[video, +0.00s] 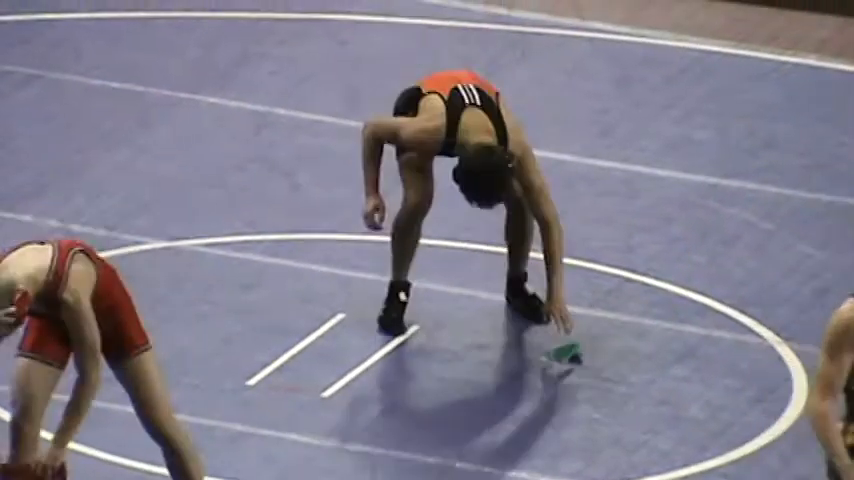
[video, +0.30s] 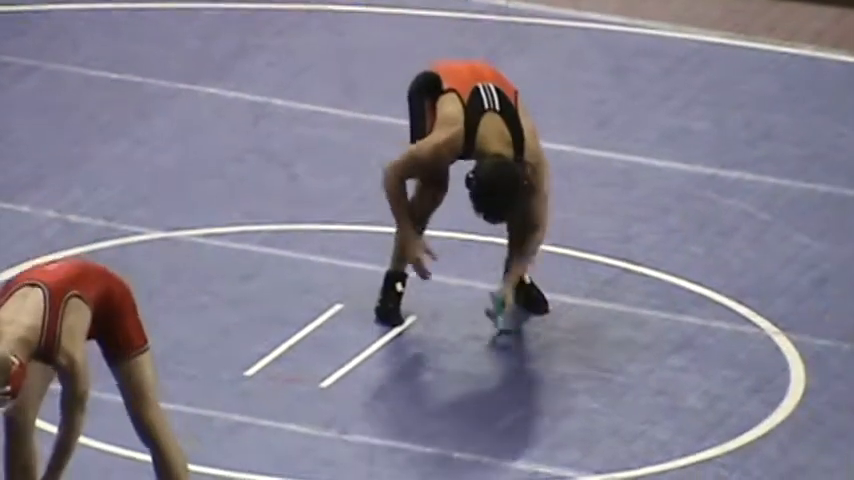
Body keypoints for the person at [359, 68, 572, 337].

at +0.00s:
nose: (488, 207)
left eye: (492, 201)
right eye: (480, 202)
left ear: (505, 173)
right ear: (460, 178)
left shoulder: (517, 148)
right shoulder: (424, 135)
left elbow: (549, 221)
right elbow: (372, 131)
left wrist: (557, 296)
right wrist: (372, 194)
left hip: (486, 98)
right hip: (423, 95)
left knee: (520, 200)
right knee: (417, 202)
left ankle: (516, 287)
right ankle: (397, 292)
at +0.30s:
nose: (496, 223)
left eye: (506, 218)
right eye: (489, 217)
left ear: (524, 183)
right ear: (471, 183)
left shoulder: (534, 159)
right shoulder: (443, 145)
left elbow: (537, 227)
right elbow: (392, 175)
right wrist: (407, 236)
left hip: (497, 86)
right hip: (435, 83)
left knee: (524, 209)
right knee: (431, 192)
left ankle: (516, 279)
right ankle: (395, 278)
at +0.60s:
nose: (478, 199)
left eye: (484, 195)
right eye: (473, 193)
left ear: (508, 165)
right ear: (462, 156)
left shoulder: (521, 140)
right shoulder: (435, 126)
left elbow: (493, 196)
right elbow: (381, 177)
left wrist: (461, 240)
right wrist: (404, 240)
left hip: (489, 71)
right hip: (425, 72)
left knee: (511, 188)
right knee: (416, 185)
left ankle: (513, 273)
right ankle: (391, 280)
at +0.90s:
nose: (451, 205)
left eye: (463, 202)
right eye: (449, 199)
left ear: (479, 176)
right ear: (438, 166)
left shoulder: (502, 145)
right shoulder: (416, 129)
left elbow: (471, 200)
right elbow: (357, 177)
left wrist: (439, 249)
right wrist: (352, 242)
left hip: (475, 76)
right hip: (413, 75)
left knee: (503, 187)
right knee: (407, 190)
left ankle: (514, 275)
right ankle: (390, 283)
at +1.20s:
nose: (447, 216)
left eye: (454, 213)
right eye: (444, 209)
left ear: (477, 187)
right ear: (435, 174)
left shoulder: (492, 153)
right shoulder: (409, 140)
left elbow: (440, 199)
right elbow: (363, 180)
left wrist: (409, 236)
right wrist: (360, 238)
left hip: (469, 80)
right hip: (409, 78)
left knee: (499, 188)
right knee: (404, 189)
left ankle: (518, 275)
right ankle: (389, 281)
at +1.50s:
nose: (448, 220)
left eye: (456, 220)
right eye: (446, 216)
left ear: (482, 186)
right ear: (435, 183)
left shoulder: (490, 154)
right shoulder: (406, 145)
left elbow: (441, 201)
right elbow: (368, 183)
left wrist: (414, 240)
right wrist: (368, 238)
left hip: (464, 79)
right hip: (407, 80)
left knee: (499, 188)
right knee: (404, 188)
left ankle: (518, 274)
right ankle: (389, 282)